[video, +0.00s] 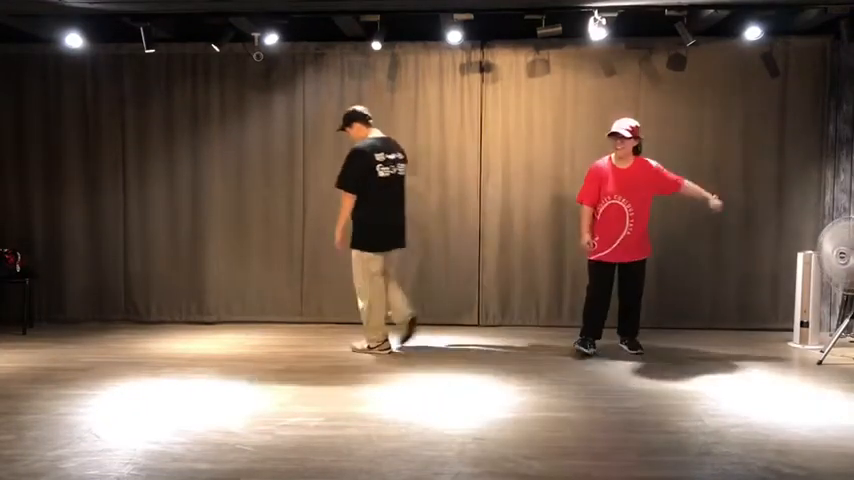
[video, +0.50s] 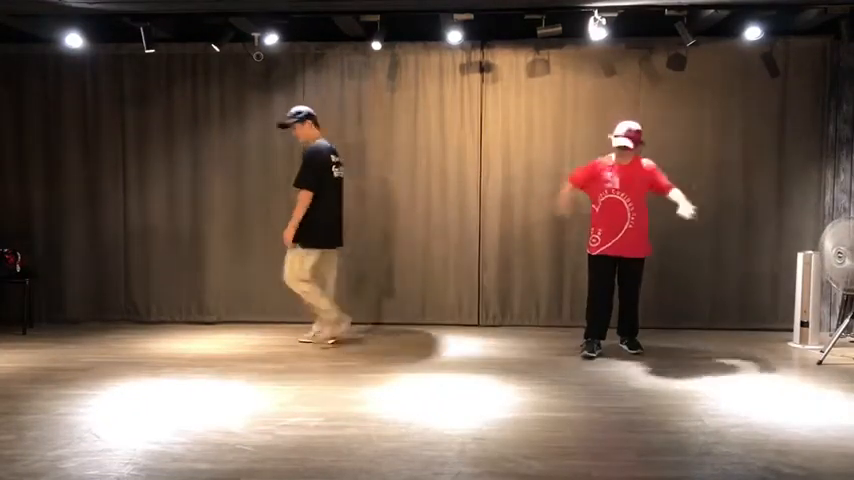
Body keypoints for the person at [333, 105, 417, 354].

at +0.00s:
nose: (349, 136)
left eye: (349, 131)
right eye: (348, 131)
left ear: (356, 126)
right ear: (369, 123)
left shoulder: (360, 152)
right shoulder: (395, 147)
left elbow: (349, 196)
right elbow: (394, 190)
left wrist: (340, 228)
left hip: (367, 229)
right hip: (393, 226)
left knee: (368, 285)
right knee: (385, 276)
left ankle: (377, 339)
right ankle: (405, 316)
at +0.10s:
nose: (339, 135)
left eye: (339, 130)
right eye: (337, 130)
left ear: (347, 125)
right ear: (357, 123)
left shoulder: (350, 151)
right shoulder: (385, 150)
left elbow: (335, 191)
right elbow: (388, 192)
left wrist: (321, 220)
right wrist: (390, 222)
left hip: (356, 230)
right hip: (378, 227)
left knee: (360, 287)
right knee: (369, 283)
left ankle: (375, 339)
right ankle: (377, 337)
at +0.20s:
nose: (328, 136)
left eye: (328, 131)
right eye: (327, 132)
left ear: (336, 127)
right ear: (346, 125)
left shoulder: (339, 153)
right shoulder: (372, 152)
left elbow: (324, 192)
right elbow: (380, 192)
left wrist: (308, 213)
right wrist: (386, 222)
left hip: (346, 232)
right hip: (367, 229)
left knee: (357, 284)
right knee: (345, 280)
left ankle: (375, 337)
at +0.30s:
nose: (316, 139)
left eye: (316, 134)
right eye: (314, 135)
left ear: (326, 129)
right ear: (334, 128)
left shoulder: (329, 155)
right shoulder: (359, 155)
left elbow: (313, 195)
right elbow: (367, 196)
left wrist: (296, 216)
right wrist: (374, 225)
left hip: (336, 234)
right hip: (355, 231)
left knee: (344, 286)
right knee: (333, 281)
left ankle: (374, 336)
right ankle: (323, 328)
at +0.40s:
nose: (304, 138)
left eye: (304, 132)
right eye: (302, 134)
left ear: (315, 127)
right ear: (322, 127)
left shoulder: (321, 153)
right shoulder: (343, 152)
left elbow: (309, 193)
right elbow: (341, 194)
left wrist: (291, 221)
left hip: (323, 233)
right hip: (343, 231)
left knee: (318, 282)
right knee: (331, 283)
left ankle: (363, 324)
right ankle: (323, 329)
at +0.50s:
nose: (294, 134)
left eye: (296, 128)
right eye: (292, 129)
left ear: (309, 124)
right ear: (310, 126)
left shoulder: (314, 153)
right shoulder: (330, 151)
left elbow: (306, 195)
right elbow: (329, 196)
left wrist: (291, 227)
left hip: (313, 231)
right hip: (331, 230)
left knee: (295, 276)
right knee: (325, 281)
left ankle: (336, 320)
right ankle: (322, 328)